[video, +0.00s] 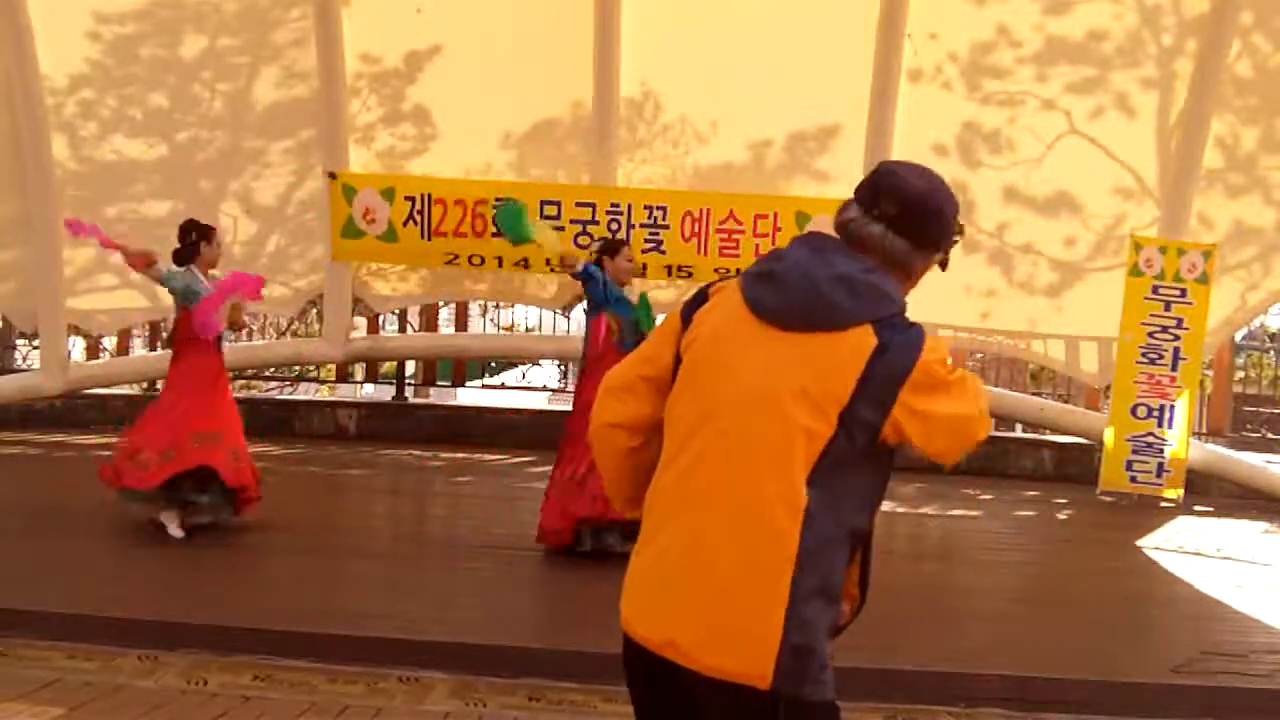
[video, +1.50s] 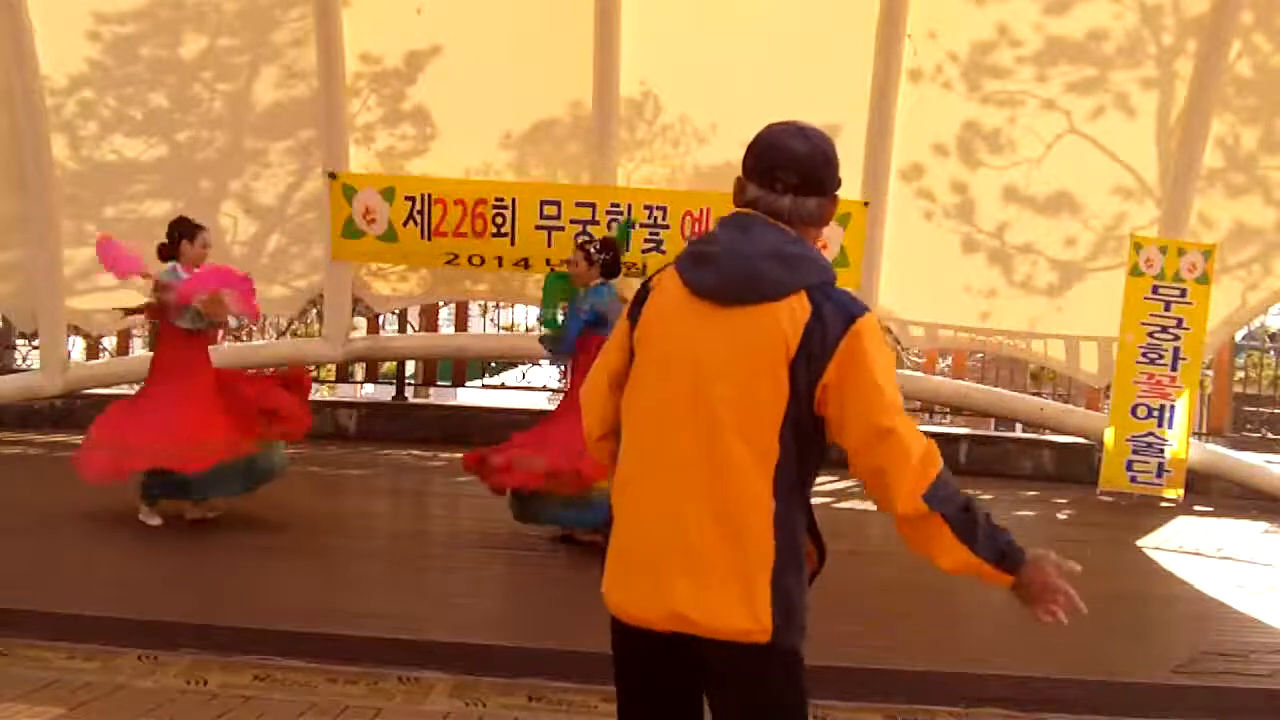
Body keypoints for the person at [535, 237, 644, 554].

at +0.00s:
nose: (633, 266)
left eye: (632, 260)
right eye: (627, 260)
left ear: (614, 262)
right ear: (607, 262)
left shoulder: (624, 300)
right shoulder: (603, 289)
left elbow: (635, 340)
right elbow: (594, 278)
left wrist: (644, 319)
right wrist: (578, 268)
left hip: (621, 386)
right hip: (599, 387)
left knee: (613, 452)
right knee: (595, 453)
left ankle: (608, 527)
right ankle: (589, 528)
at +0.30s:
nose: (602, 265)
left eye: (591, 262)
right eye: (604, 261)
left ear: (580, 267)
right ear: (607, 264)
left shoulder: (570, 301)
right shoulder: (622, 292)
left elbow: (562, 345)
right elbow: (663, 286)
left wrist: (584, 343)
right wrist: (705, 281)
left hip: (580, 384)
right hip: (616, 383)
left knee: (576, 452)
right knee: (611, 448)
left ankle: (570, 525)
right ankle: (606, 528)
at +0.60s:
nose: (581, 267)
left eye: (587, 262)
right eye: (582, 261)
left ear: (605, 267)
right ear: (593, 264)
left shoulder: (612, 296)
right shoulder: (589, 291)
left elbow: (597, 340)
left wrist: (554, 349)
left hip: (612, 378)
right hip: (591, 375)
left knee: (594, 447)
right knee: (585, 446)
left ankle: (597, 527)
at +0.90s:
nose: (626, 265)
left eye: (628, 259)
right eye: (619, 259)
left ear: (629, 262)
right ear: (598, 261)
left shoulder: (632, 295)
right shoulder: (585, 286)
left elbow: (652, 339)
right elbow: (557, 281)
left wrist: (635, 342)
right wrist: (526, 276)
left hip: (615, 369)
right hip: (581, 366)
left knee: (612, 439)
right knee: (573, 437)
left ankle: (607, 517)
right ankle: (563, 519)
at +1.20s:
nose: (607, 261)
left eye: (601, 258)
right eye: (606, 258)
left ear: (581, 266)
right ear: (605, 263)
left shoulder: (573, 302)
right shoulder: (611, 292)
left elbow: (584, 337)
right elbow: (653, 284)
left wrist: (629, 332)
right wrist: (686, 280)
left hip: (585, 379)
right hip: (615, 379)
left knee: (597, 448)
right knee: (622, 447)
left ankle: (604, 525)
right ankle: (625, 530)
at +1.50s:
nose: (570, 268)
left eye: (576, 262)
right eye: (572, 261)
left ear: (594, 267)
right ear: (597, 269)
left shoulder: (589, 299)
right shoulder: (607, 296)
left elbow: (565, 344)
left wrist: (547, 338)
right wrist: (560, 334)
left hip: (588, 389)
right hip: (602, 385)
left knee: (580, 451)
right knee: (594, 450)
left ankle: (589, 525)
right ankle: (586, 523)